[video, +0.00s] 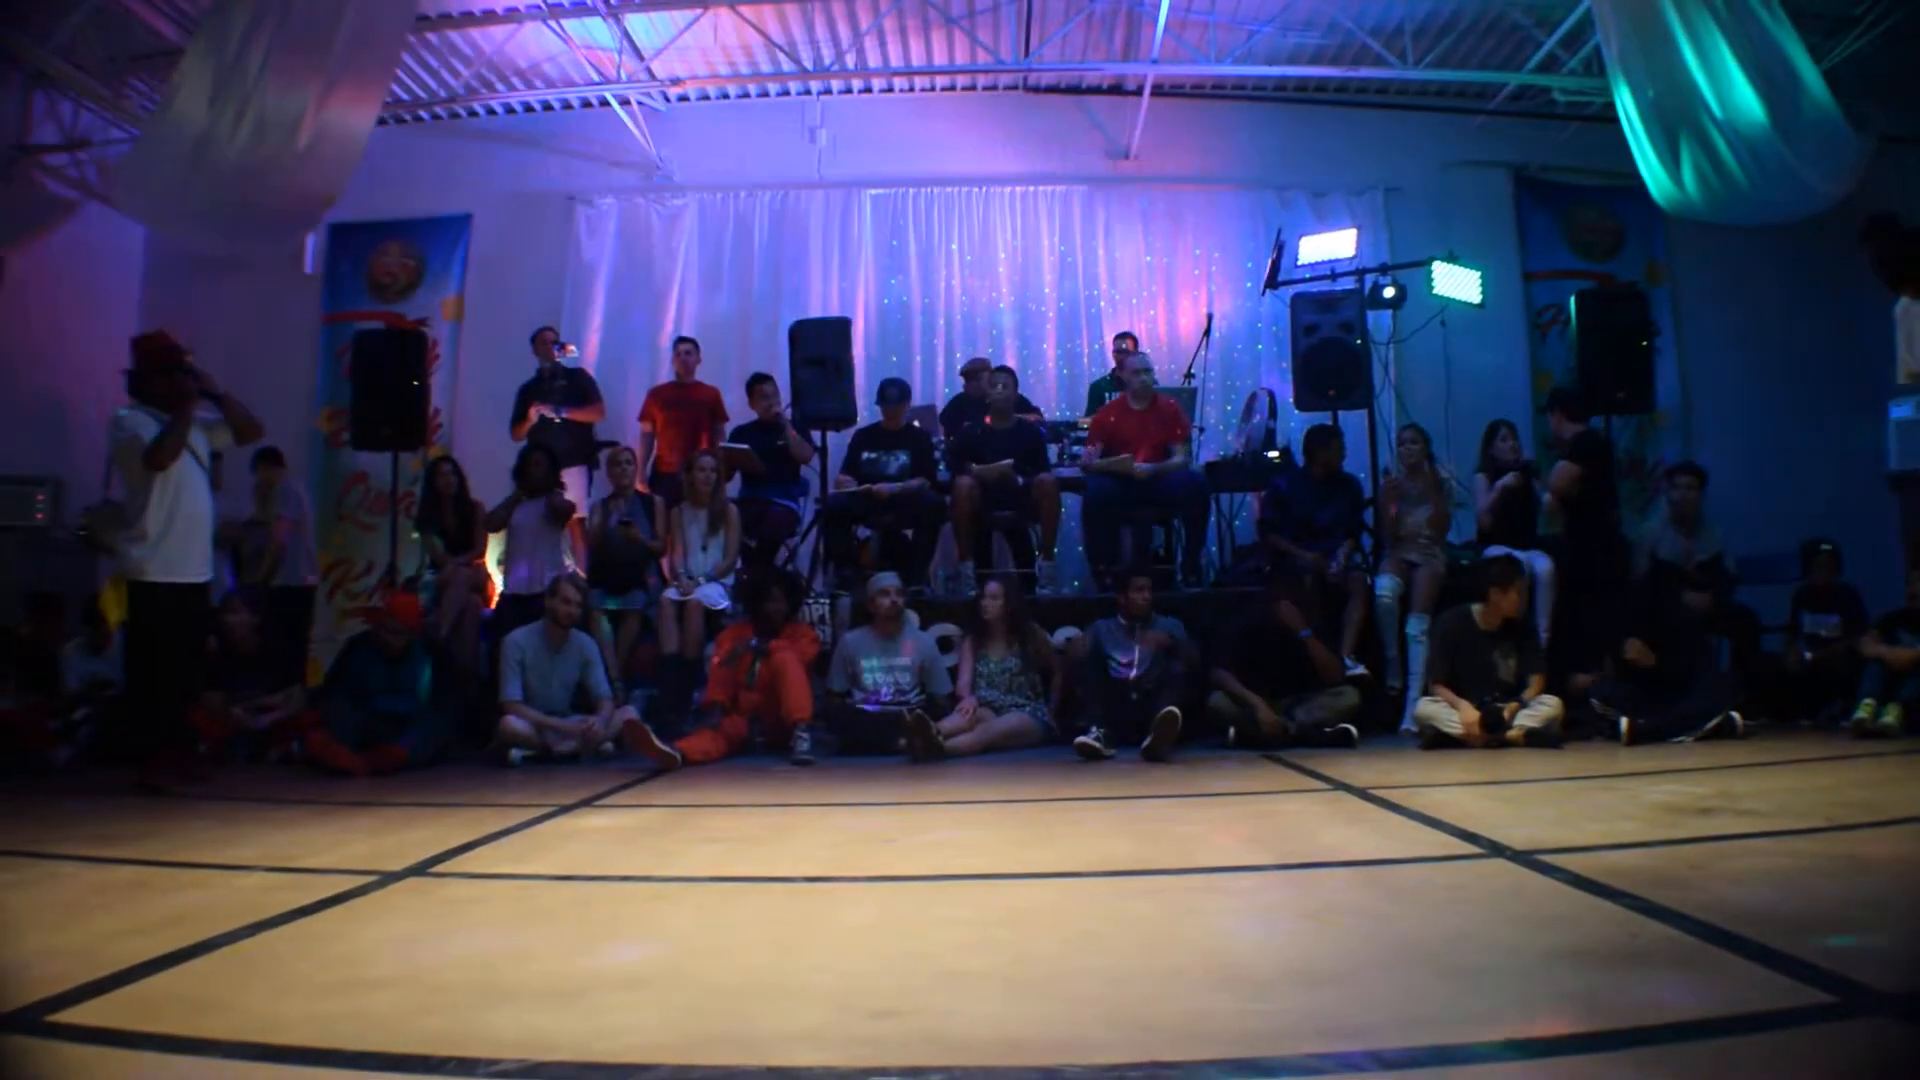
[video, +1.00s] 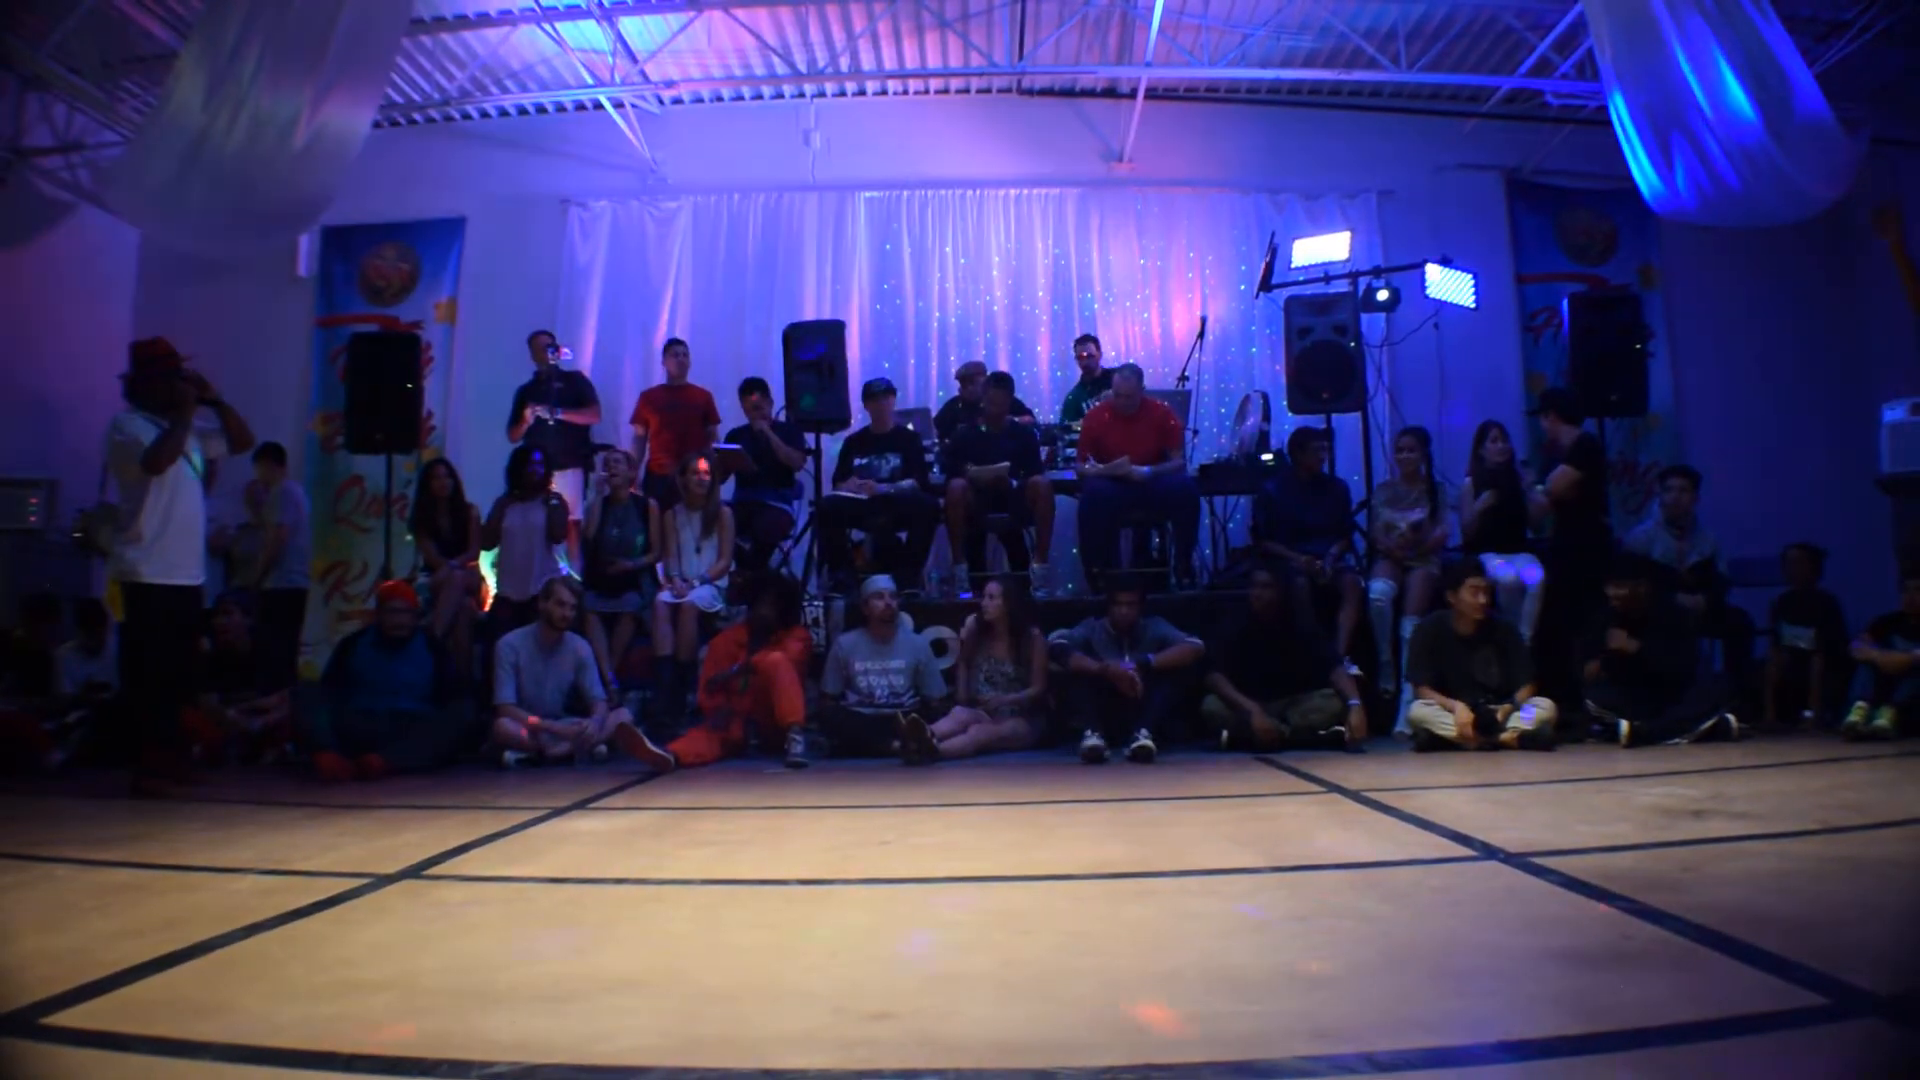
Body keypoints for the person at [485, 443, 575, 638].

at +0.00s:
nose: (534, 471)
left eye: (540, 465)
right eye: (529, 465)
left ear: (552, 471)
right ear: (520, 470)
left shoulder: (557, 502)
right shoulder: (515, 504)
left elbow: (562, 513)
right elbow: (490, 524)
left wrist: (555, 493)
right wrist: (516, 497)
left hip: (548, 592)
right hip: (514, 592)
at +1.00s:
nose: (536, 471)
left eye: (541, 465)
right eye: (530, 465)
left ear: (547, 470)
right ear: (517, 469)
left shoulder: (553, 502)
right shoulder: (504, 503)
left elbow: (558, 537)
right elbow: (487, 542)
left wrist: (553, 503)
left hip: (542, 592)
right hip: (508, 592)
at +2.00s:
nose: (534, 470)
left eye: (539, 464)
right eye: (528, 464)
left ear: (547, 470)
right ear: (515, 468)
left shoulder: (553, 500)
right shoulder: (501, 500)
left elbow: (566, 546)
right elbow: (491, 547)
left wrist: (556, 512)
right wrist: (496, 512)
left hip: (543, 592)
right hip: (507, 592)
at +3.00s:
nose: (535, 468)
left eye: (540, 463)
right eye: (529, 462)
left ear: (547, 468)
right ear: (516, 467)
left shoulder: (552, 501)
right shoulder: (500, 504)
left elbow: (561, 548)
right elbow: (493, 543)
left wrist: (558, 515)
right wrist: (509, 564)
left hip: (545, 580)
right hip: (510, 582)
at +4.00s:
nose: (534, 469)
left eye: (539, 464)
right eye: (527, 464)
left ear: (546, 471)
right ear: (515, 471)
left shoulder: (553, 507)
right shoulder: (498, 511)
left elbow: (545, 528)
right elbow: (485, 541)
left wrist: (507, 527)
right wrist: (527, 534)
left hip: (545, 600)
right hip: (506, 599)